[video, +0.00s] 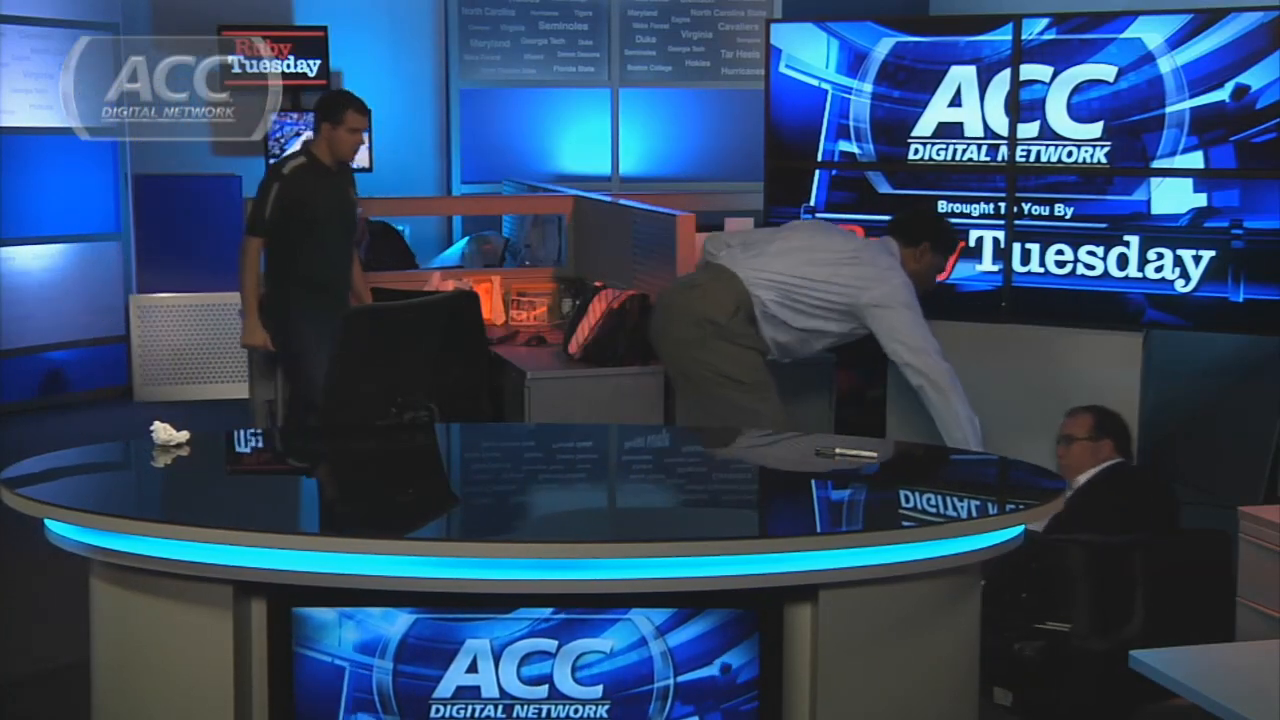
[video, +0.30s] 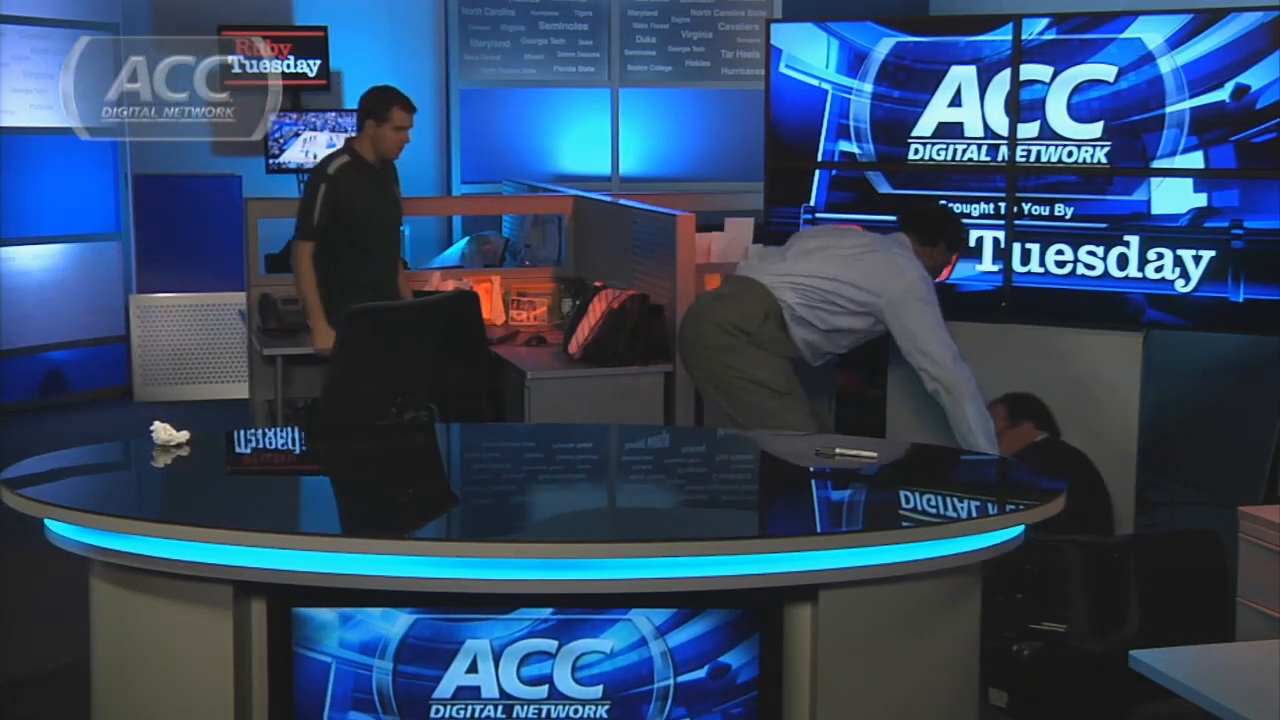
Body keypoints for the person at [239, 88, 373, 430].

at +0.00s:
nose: (361, 141)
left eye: (363, 133)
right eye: (354, 132)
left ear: (331, 131)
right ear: (326, 129)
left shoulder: (344, 177)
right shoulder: (284, 175)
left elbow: (346, 250)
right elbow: (252, 246)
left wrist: (367, 307)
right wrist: (251, 319)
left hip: (335, 309)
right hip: (294, 310)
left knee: (335, 403)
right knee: (308, 404)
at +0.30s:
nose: (406, 138)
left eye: (408, 130)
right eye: (399, 130)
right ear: (371, 128)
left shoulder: (388, 170)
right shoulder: (330, 173)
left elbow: (389, 249)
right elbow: (302, 252)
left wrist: (408, 307)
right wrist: (319, 325)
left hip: (385, 319)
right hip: (343, 321)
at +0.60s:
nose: (447, 139)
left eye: (450, 131)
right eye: (441, 129)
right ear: (412, 125)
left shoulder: (424, 173)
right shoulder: (373, 173)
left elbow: (421, 260)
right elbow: (351, 257)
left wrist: (448, 315)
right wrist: (385, 318)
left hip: (428, 321)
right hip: (389, 325)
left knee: (447, 420)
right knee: (390, 424)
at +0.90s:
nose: (506, 144)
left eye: (509, 135)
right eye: (500, 134)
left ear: (477, 130)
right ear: (471, 128)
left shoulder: (478, 177)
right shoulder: (430, 177)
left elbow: (475, 263)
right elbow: (404, 261)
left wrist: (497, 323)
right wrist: (432, 332)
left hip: (484, 331)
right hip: (445, 335)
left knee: (486, 438)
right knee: (438, 441)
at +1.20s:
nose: (559, 140)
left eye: (562, 131)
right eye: (554, 130)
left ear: (533, 125)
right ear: (526, 123)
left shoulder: (532, 177)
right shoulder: (482, 171)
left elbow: (538, 259)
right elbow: (449, 250)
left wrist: (571, 319)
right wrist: (462, 324)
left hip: (531, 322)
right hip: (492, 323)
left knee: (532, 428)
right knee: (506, 432)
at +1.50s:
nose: (611, 145)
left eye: (613, 137)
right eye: (605, 135)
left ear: (581, 131)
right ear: (577, 129)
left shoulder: (578, 180)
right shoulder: (535, 175)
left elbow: (588, 252)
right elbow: (501, 256)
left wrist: (628, 311)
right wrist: (520, 332)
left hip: (571, 324)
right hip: (542, 325)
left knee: (574, 430)